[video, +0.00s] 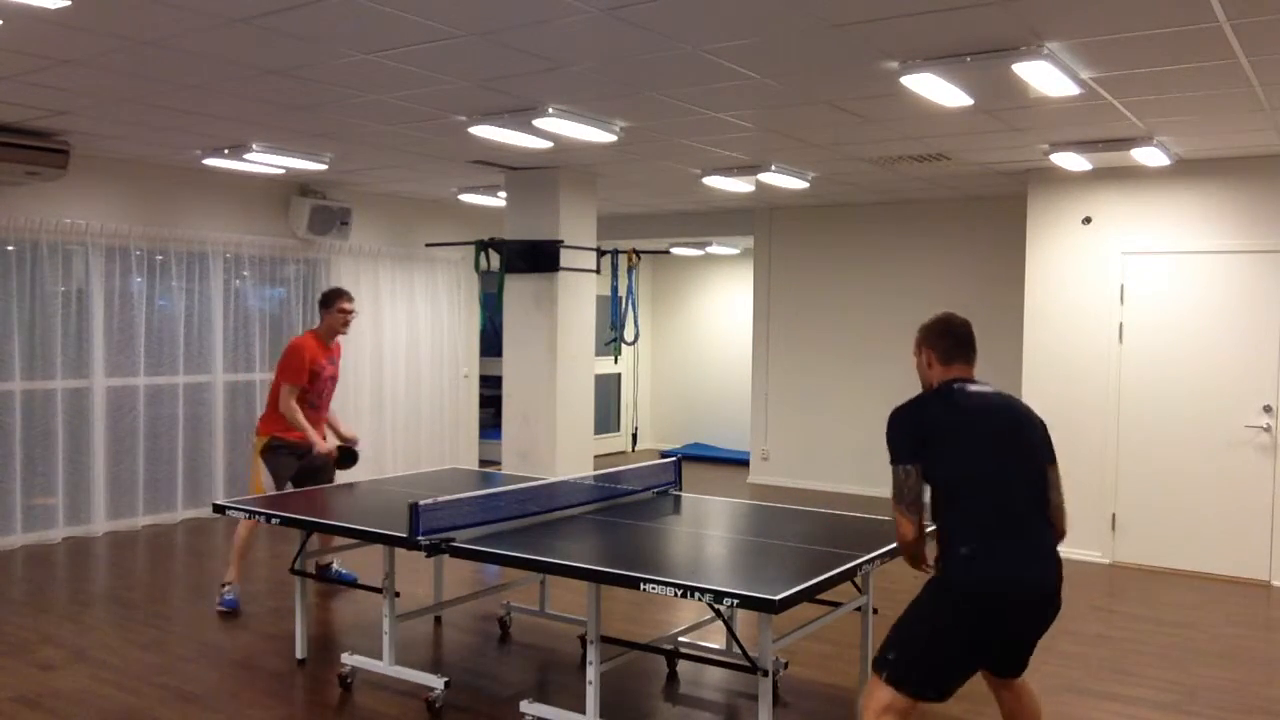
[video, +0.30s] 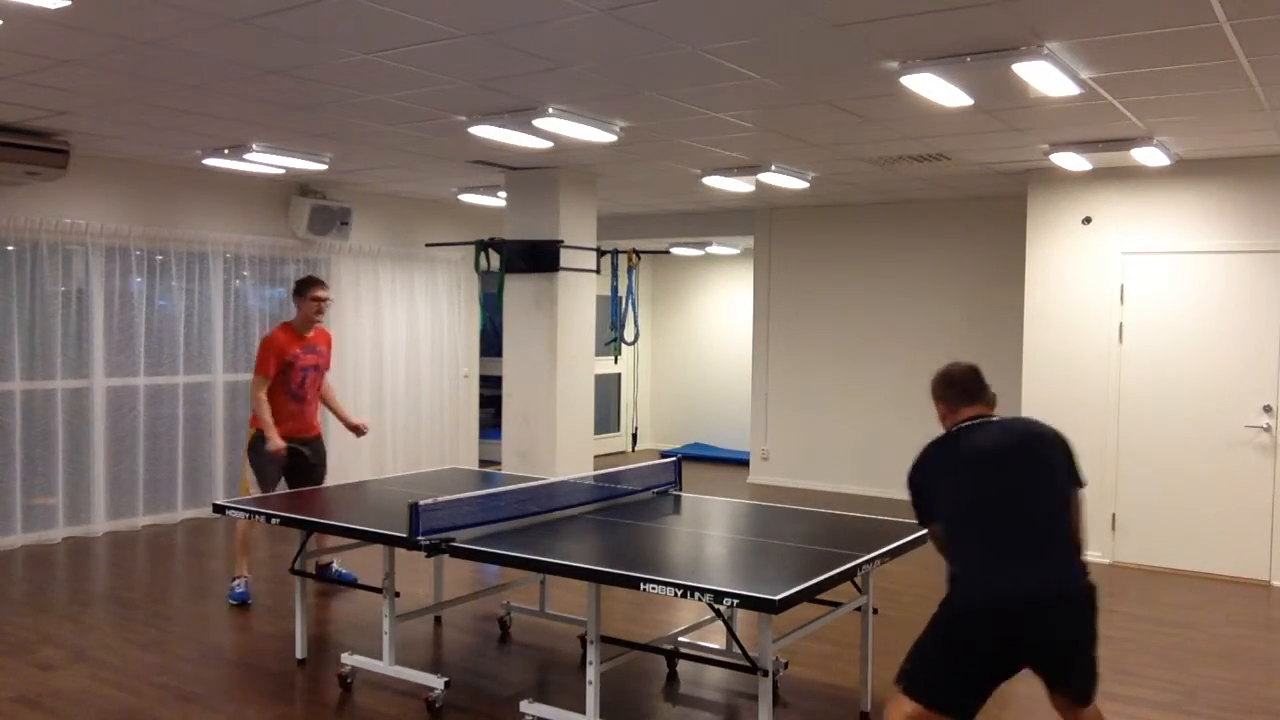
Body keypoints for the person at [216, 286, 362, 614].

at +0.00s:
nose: (349, 318)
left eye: (352, 313)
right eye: (343, 312)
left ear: (349, 316)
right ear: (324, 314)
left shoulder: (334, 348)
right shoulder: (301, 348)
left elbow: (317, 403)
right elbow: (286, 404)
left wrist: (341, 432)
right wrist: (315, 439)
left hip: (309, 439)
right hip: (277, 439)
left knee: (326, 502)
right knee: (259, 507)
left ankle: (324, 564)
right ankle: (230, 582)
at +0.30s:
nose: (321, 307)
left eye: (325, 302)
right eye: (315, 301)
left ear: (327, 305)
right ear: (298, 302)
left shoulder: (324, 338)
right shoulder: (275, 341)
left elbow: (321, 384)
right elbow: (258, 392)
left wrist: (347, 420)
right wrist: (271, 432)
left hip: (309, 440)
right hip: (271, 439)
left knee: (316, 504)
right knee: (252, 507)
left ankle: (323, 563)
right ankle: (241, 576)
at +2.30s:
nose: (311, 323)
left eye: (315, 317)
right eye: (305, 317)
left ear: (316, 318)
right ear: (285, 317)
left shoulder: (317, 351)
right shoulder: (258, 355)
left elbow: (317, 395)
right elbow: (237, 405)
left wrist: (333, 419)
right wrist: (247, 447)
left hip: (305, 448)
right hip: (266, 450)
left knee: (328, 506)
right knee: (251, 515)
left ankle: (338, 566)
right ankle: (222, 594)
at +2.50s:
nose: (327, 333)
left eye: (329, 327)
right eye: (322, 327)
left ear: (322, 328)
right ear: (301, 326)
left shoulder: (318, 359)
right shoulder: (270, 362)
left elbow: (312, 404)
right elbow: (248, 413)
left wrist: (338, 423)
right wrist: (277, 455)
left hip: (299, 448)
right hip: (263, 450)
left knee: (328, 501)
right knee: (259, 515)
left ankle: (337, 565)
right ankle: (222, 595)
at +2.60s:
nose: (338, 337)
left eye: (340, 331)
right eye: (333, 330)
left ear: (324, 332)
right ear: (312, 328)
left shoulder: (319, 362)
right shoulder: (285, 363)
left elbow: (310, 409)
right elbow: (282, 420)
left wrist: (341, 422)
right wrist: (323, 451)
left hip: (296, 447)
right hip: (264, 448)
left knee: (327, 502)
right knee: (262, 514)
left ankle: (337, 566)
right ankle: (222, 596)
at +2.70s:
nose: (351, 338)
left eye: (353, 333)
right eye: (347, 332)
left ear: (335, 333)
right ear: (328, 329)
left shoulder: (317, 362)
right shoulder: (304, 362)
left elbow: (309, 412)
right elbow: (330, 414)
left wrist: (347, 418)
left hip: (296, 448)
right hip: (266, 450)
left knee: (326, 504)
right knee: (259, 519)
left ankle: (337, 566)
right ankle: (221, 596)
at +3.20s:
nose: (358, 314)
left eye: (361, 308)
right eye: (353, 307)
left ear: (360, 312)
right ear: (334, 307)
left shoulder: (342, 344)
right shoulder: (320, 343)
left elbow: (336, 396)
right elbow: (322, 398)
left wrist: (364, 413)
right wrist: (359, 431)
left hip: (326, 436)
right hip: (294, 437)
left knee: (340, 502)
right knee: (270, 508)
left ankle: (339, 563)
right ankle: (244, 583)